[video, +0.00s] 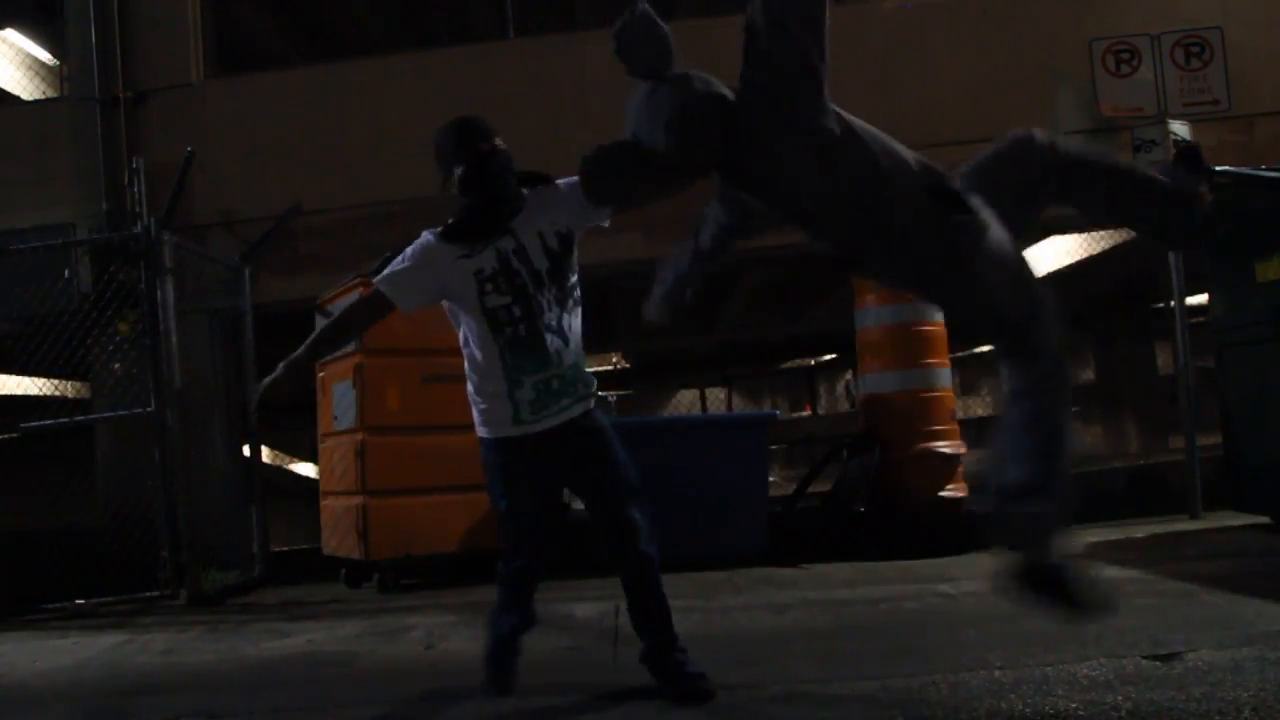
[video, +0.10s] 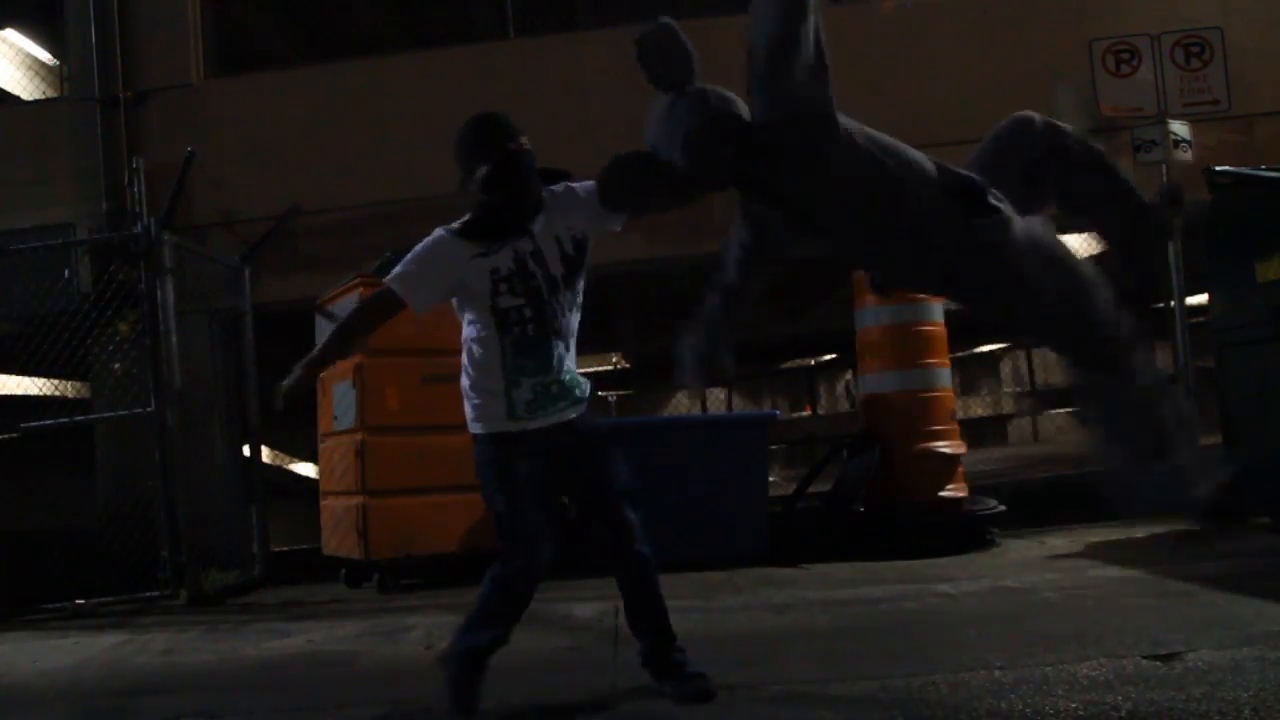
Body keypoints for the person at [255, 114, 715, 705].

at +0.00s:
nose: (494, 169)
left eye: (495, 156)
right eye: (475, 164)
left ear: (507, 158)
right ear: (454, 181)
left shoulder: (553, 203)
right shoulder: (441, 252)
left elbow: (631, 183)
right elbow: (362, 312)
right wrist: (291, 367)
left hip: (580, 413)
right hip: (510, 432)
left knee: (633, 536)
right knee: (524, 560)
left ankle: (668, 663)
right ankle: (500, 672)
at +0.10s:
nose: (521, 175)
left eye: (522, 161)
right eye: (504, 168)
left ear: (533, 161)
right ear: (475, 180)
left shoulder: (568, 206)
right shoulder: (454, 248)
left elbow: (649, 189)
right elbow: (374, 310)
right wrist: (307, 370)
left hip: (571, 416)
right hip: (504, 431)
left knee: (626, 541)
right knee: (525, 556)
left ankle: (669, 664)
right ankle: (462, 669)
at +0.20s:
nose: (552, 171)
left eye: (553, 160)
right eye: (537, 165)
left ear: (559, 165)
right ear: (506, 177)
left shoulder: (587, 215)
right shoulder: (472, 245)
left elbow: (660, 204)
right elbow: (396, 307)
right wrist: (337, 372)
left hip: (560, 415)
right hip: (495, 423)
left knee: (619, 537)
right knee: (528, 548)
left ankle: (661, 661)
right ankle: (452, 679)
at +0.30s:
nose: (573, 184)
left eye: (577, 171)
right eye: (557, 175)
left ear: (584, 174)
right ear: (529, 182)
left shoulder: (602, 225)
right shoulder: (498, 240)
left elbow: (666, 230)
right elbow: (415, 304)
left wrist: (690, 209)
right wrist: (368, 385)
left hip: (552, 413)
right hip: (487, 415)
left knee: (616, 541)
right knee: (526, 547)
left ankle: (656, 666)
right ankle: (471, 700)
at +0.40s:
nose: (604, 197)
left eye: (607, 184)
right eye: (588, 187)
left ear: (610, 184)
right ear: (555, 191)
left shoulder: (616, 240)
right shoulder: (518, 242)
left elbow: (692, 262)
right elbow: (430, 300)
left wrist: (720, 246)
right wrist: (395, 383)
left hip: (546, 419)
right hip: (485, 418)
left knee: (618, 537)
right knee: (534, 553)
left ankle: (646, 664)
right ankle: (505, 703)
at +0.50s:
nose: (622, 212)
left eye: (628, 200)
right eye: (608, 200)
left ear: (633, 202)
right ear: (573, 200)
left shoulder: (626, 259)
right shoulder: (528, 246)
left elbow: (702, 300)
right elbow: (440, 296)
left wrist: (707, 303)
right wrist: (413, 383)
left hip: (550, 433)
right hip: (488, 429)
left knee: (629, 549)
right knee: (550, 562)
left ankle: (645, 664)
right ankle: (544, 707)